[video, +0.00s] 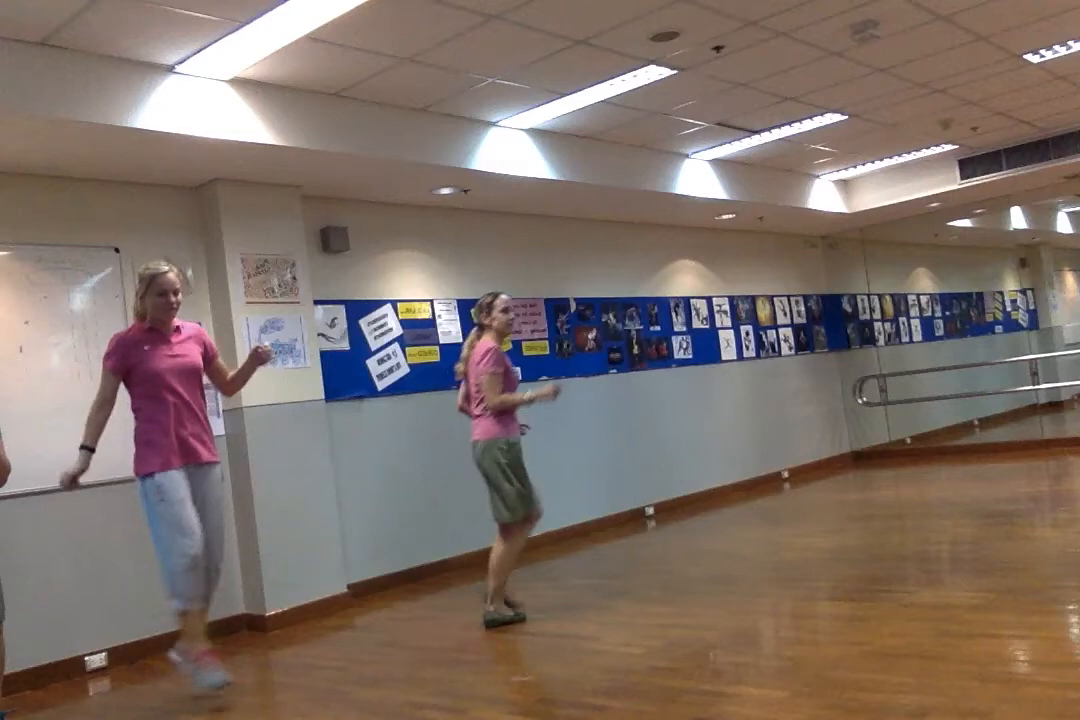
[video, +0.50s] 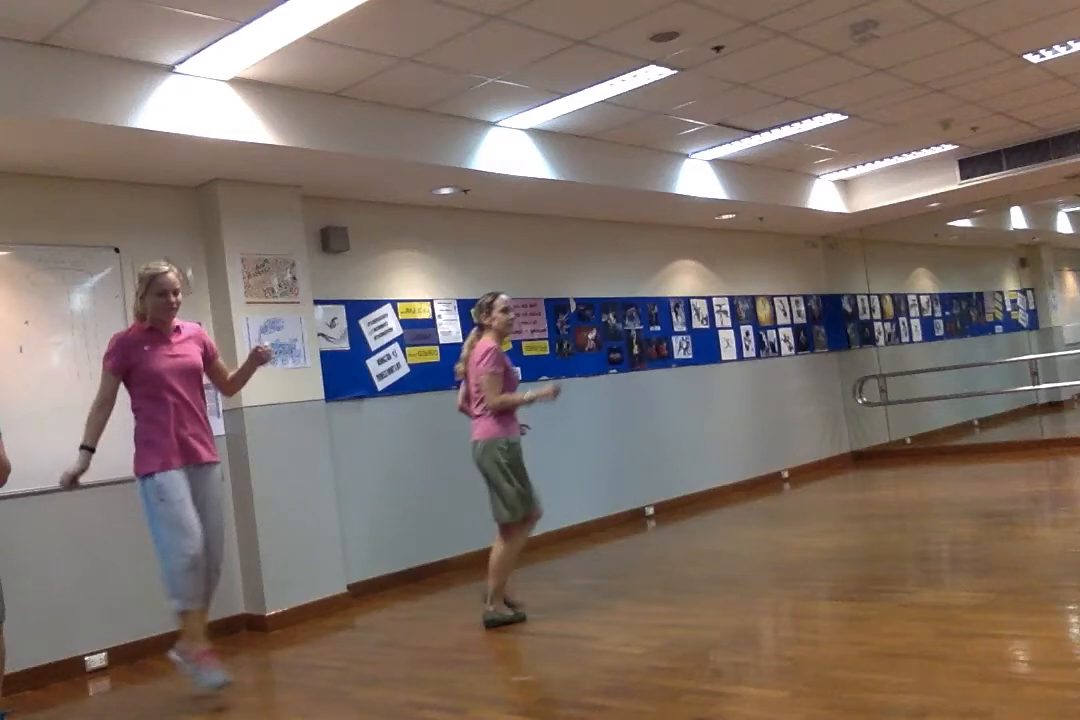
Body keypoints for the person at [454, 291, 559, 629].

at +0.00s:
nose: (511, 316)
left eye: (511, 310)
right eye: (504, 311)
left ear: (495, 319)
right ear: (486, 318)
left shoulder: (478, 350)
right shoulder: (490, 351)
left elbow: (464, 403)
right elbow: (493, 401)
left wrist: (505, 416)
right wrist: (535, 395)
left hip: (490, 441)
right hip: (497, 442)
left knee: (523, 516)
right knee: (517, 521)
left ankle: (497, 588)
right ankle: (495, 604)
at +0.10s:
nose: (511, 316)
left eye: (511, 310)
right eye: (504, 311)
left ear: (495, 319)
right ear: (486, 318)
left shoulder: (478, 350)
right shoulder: (490, 351)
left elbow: (464, 403)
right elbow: (493, 401)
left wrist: (505, 416)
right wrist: (535, 395)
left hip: (490, 441)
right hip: (497, 442)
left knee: (523, 516)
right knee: (517, 521)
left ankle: (497, 588)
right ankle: (495, 604)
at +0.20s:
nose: (511, 316)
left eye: (511, 310)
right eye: (504, 311)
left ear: (495, 319)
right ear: (486, 318)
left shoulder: (478, 350)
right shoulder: (490, 351)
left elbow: (464, 403)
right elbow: (493, 401)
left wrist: (505, 416)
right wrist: (535, 395)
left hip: (490, 441)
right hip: (497, 442)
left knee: (523, 516)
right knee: (517, 521)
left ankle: (497, 588)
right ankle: (495, 604)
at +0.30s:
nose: (511, 316)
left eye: (511, 310)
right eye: (504, 311)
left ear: (495, 319)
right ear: (486, 318)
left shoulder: (478, 350)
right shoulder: (490, 351)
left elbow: (464, 403)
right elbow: (493, 401)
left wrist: (505, 416)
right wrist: (535, 395)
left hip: (490, 441)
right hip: (497, 442)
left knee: (523, 516)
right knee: (517, 521)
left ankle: (497, 588)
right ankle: (495, 604)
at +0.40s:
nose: (511, 316)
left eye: (511, 310)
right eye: (504, 311)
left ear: (495, 319)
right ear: (486, 318)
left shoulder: (478, 350)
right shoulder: (490, 351)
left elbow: (464, 403)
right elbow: (494, 401)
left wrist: (505, 416)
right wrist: (535, 394)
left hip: (490, 442)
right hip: (497, 442)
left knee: (526, 514)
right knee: (514, 523)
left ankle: (497, 589)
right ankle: (494, 604)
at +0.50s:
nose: (511, 316)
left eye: (511, 310)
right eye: (504, 311)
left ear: (495, 319)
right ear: (486, 317)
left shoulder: (478, 350)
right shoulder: (490, 351)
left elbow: (464, 403)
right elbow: (494, 401)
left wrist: (505, 416)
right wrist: (535, 395)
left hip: (490, 442)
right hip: (497, 442)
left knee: (526, 514)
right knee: (514, 523)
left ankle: (497, 589)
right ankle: (494, 604)